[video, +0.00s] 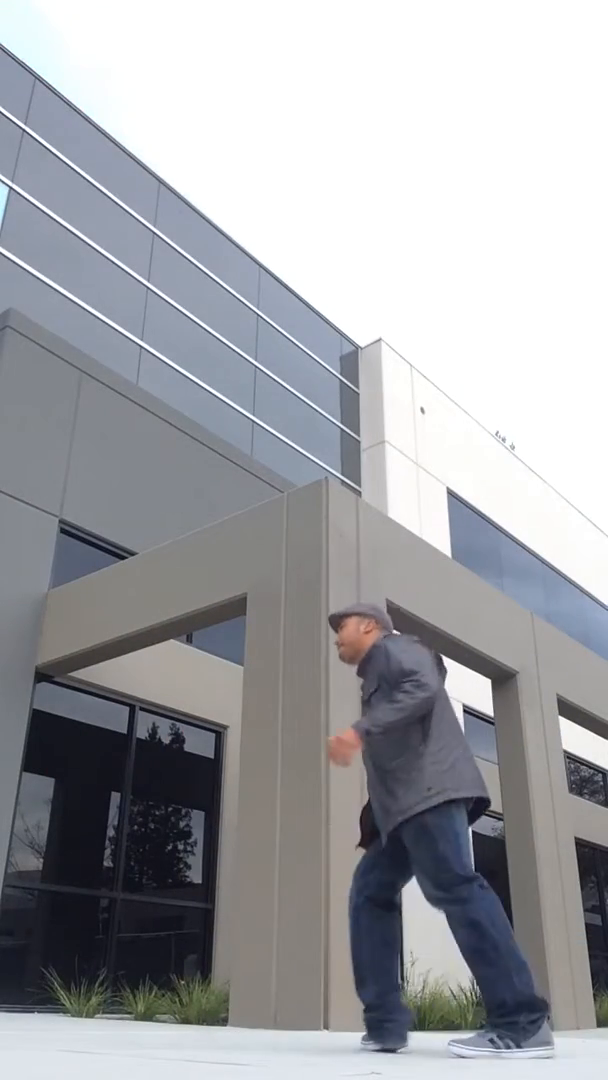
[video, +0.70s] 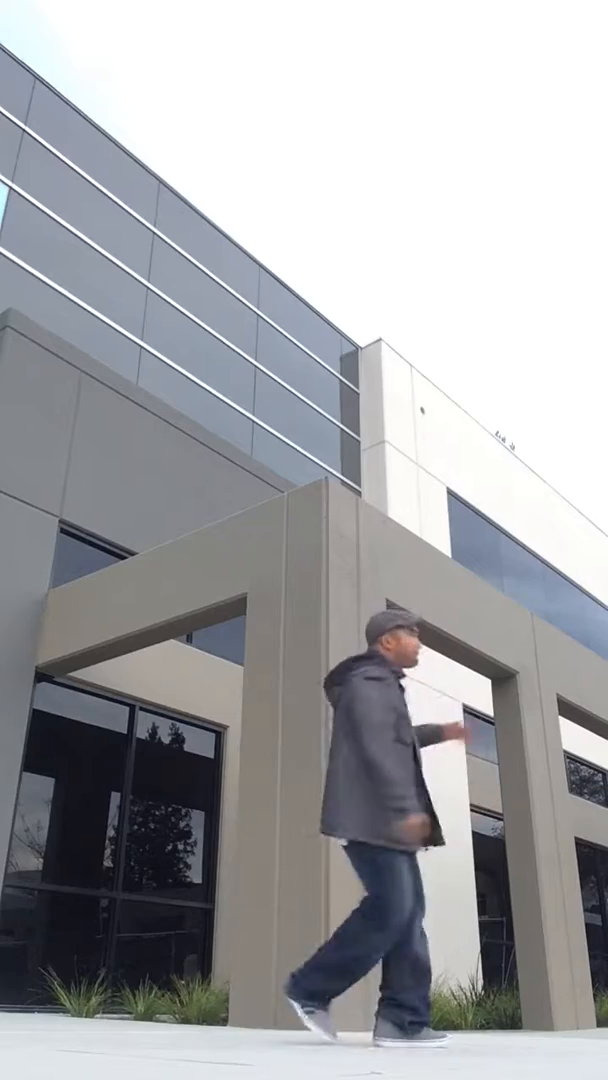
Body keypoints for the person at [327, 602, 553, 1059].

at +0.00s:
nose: (336, 639)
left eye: (341, 628)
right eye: (335, 632)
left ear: (368, 626)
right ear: (366, 629)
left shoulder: (395, 646)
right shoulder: (374, 674)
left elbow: (420, 687)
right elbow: (398, 757)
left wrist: (360, 730)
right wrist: (378, 812)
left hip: (431, 790)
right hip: (405, 804)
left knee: (457, 888)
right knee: (371, 891)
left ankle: (522, 1023)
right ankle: (385, 1027)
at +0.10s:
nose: (335, 645)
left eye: (338, 634)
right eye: (335, 636)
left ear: (360, 629)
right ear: (366, 630)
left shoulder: (380, 647)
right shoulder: (402, 663)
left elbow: (392, 686)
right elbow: (401, 745)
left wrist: (322, 716)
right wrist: (378, 804)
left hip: (414, 791)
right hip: (409, 800)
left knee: (409, 881)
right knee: (375, 909)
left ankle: (508, 1007)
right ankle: (384, 1032)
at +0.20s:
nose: (342, 638)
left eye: (344, 631)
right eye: (343, 632)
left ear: (358, 627)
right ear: (382, 630)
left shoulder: (365, 646)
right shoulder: (420, 664)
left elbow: (345, 679)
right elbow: (445, 733)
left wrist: (274, 705)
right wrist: (455, 800)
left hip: (395, 779)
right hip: (446, 786)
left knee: (355, 875)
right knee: (401, 909)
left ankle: (420, 934)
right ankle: (387, 1030)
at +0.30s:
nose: (352, 634)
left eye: (353, 628)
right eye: (357, 627)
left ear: (359, 629)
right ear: (397, 629)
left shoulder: (349, 653)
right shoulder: (435, 666)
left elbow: (305, 683)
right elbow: (466, 725)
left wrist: (257, 704)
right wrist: (473, 791)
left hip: (370, 777)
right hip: (434, 780)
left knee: (356, 876)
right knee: (415, 900)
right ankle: (389, 1024)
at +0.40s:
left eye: (378, 619)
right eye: (396, 620)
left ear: (365, 625)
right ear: (405, 626)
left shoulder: (339, 657)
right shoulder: (432, 658)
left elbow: (295, 696)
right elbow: (471, 715)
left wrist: (272, 714)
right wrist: (482, 778)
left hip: (357, 775)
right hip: (418, 773)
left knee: (368, 890)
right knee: (409, 888)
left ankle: (358, 999)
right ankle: (389, 1018)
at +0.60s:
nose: (425, 647)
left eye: (424, 639)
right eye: (421, 639)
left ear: (388, 643)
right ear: (403, 641)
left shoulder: (356, 680)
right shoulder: (404, 679)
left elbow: (345, 743)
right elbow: (426, 735)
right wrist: (471, 792)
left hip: (352, 811)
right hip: (386, 811)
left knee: (397, 913)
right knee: (402, 911)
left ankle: (404, 1020)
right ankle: (319, 987)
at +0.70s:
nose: (419, 643)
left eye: (418, 635)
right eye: (413, 635)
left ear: (390, 642)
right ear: (388, 640)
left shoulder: (385, 684)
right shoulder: (369, 682)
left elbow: (396, 739)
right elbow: (380, 749)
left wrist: (440, 732)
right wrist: (407, 810)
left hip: (388, 819)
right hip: (367, 818)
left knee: (409, 912)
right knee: (392, 907)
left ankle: (402, 1021)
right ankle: (308, 990)